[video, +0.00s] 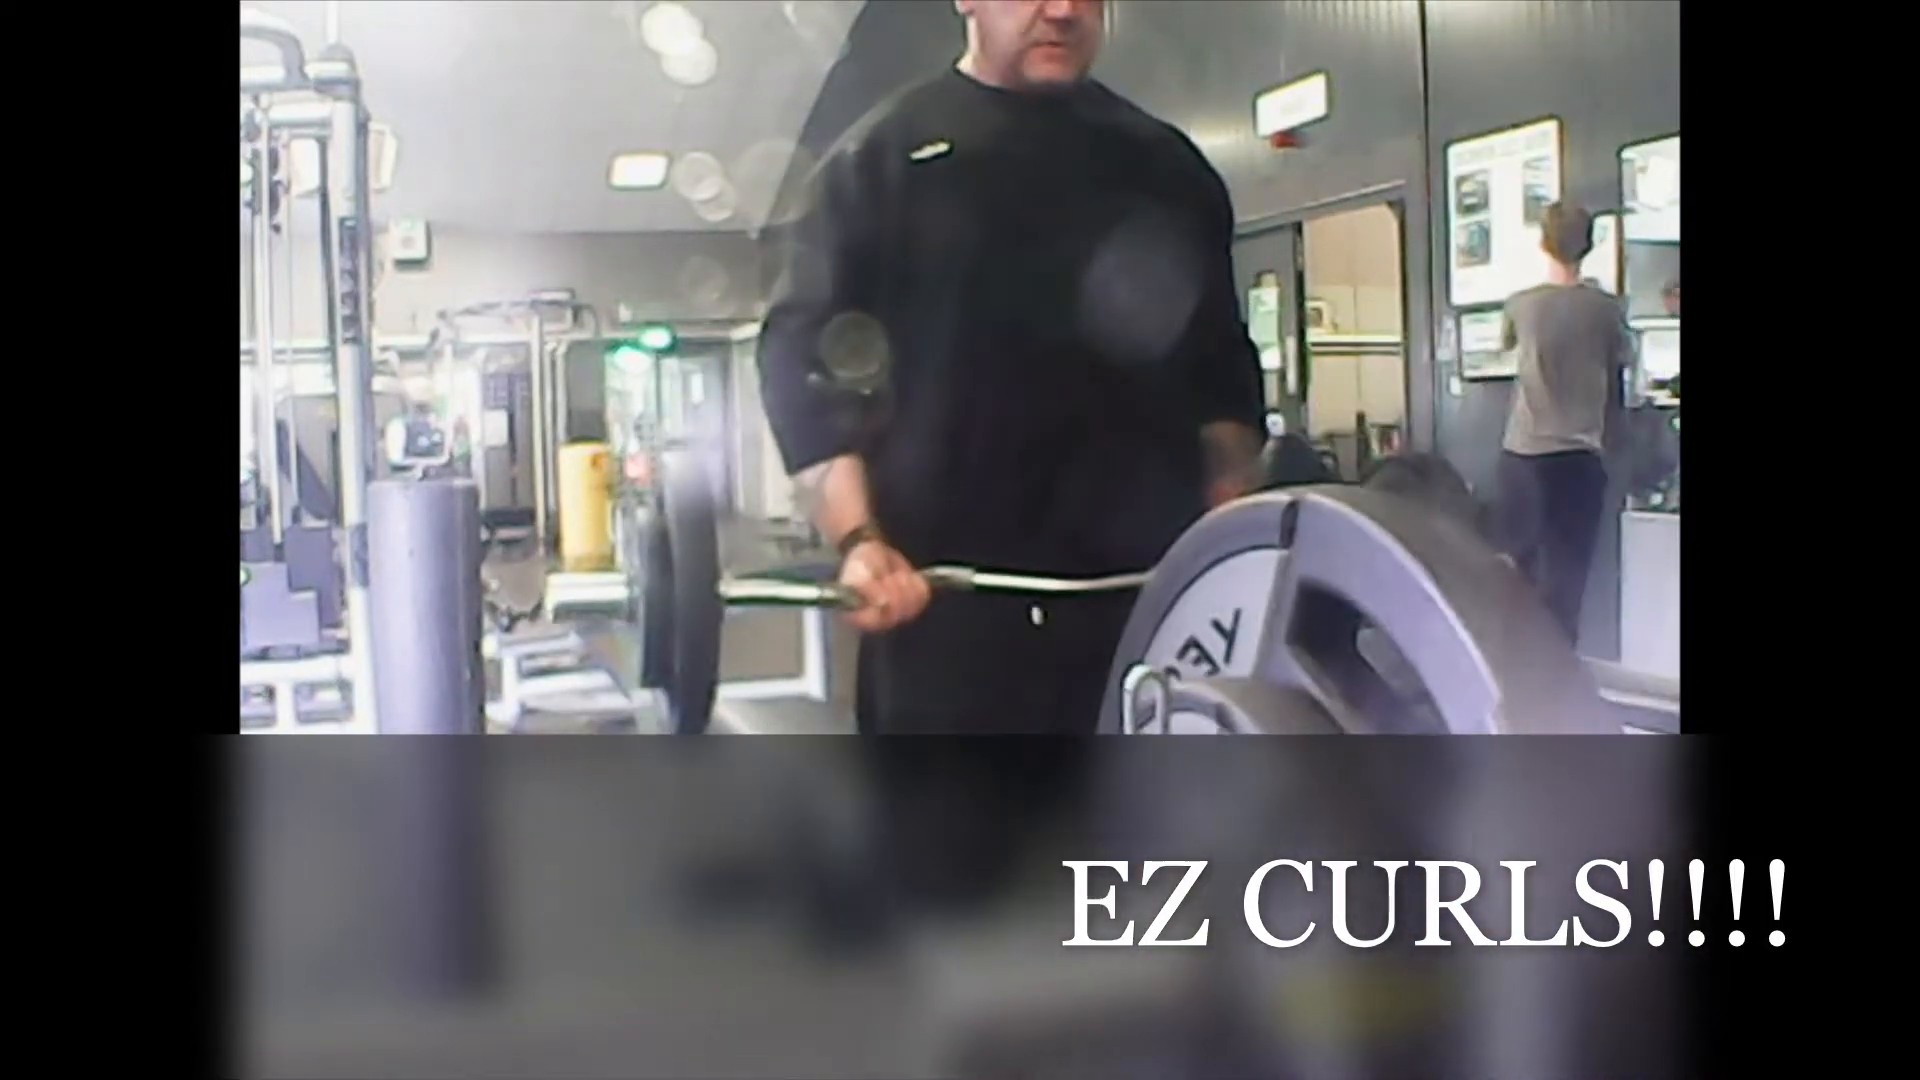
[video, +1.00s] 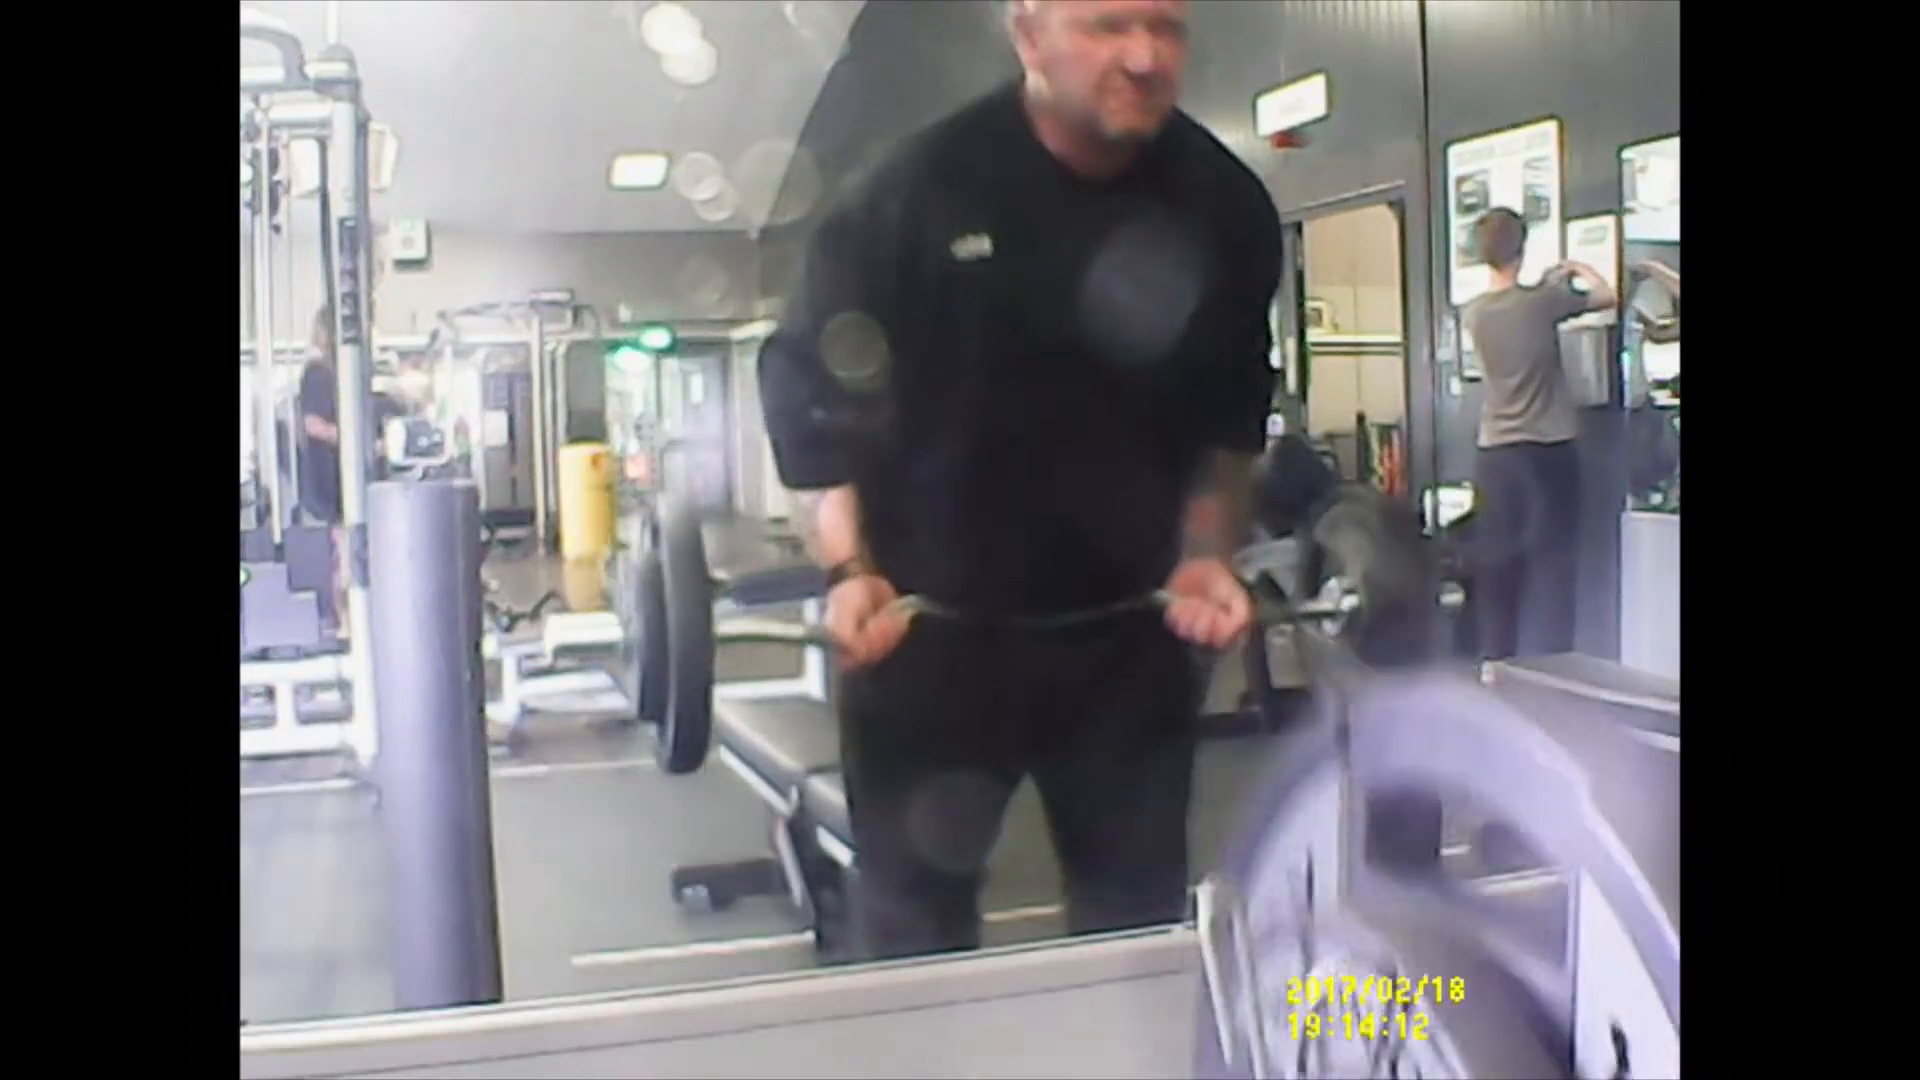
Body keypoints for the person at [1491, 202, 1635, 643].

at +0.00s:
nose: (1542, 245)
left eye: (1543, 239)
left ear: (1544, 245)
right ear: (1588, 246)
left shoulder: (1521, 305)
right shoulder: (1607, 308)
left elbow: (1506, 343)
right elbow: (1622, 363)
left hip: (1524, 452)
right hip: (1582, 453)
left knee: (1519, 560)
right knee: (1569, 569)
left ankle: (1518, 655)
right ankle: (1557, 660)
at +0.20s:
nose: (1541, 243)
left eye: (1541, 237)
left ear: (1541, 244)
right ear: (1583, 245)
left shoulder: (1520, 300)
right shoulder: (1601, 300)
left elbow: (1517, 321)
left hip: (1524, 447)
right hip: (1578, 449)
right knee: (1570, 561)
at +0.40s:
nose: (1527, 244)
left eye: (1526, 239)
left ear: (1525, 247)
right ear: (1566, 246)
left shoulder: (1507, 304)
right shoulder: (1582, 299)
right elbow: (1608, 307)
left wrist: (1561, 283)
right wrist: (1591, 282)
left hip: (1518, 445)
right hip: (1571, 445)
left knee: (1518, 547)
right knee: (1568, 557)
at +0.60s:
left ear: (1508, 251)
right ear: (1550, 247)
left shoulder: (1494, 307)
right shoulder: (1571, 300)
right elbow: (1606, 304)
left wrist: (1547, 288)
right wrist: (1588, 279)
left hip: (1513, 450)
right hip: (1569, 447)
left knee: (1518, 560)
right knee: (1564, 564)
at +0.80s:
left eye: (1495, 245)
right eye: (1527, 244)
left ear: (1489, 253)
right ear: (1532, 249)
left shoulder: (1479, 311)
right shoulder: (1553, 301)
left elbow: (1512, 305)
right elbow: (1611, 304)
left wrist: (1541, 284)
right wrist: (1587, 272)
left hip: (1497, 451)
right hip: (1551, 449)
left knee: (1497, 562)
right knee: (1551, 565)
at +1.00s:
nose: (1515, 252)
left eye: (1497, 245)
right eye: (1519, 244)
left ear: (1481, 253)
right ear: (1522, 250)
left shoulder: (1475, 313)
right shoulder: (1543, 302)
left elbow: (1515, 308)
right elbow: (1608, 299)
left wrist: (1551, 279)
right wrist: (1581, 269)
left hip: (1495, 450)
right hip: (1547, 447)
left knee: (1496, 554)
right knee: (1551, 554)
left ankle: (1493, 660)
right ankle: (1551, 665)